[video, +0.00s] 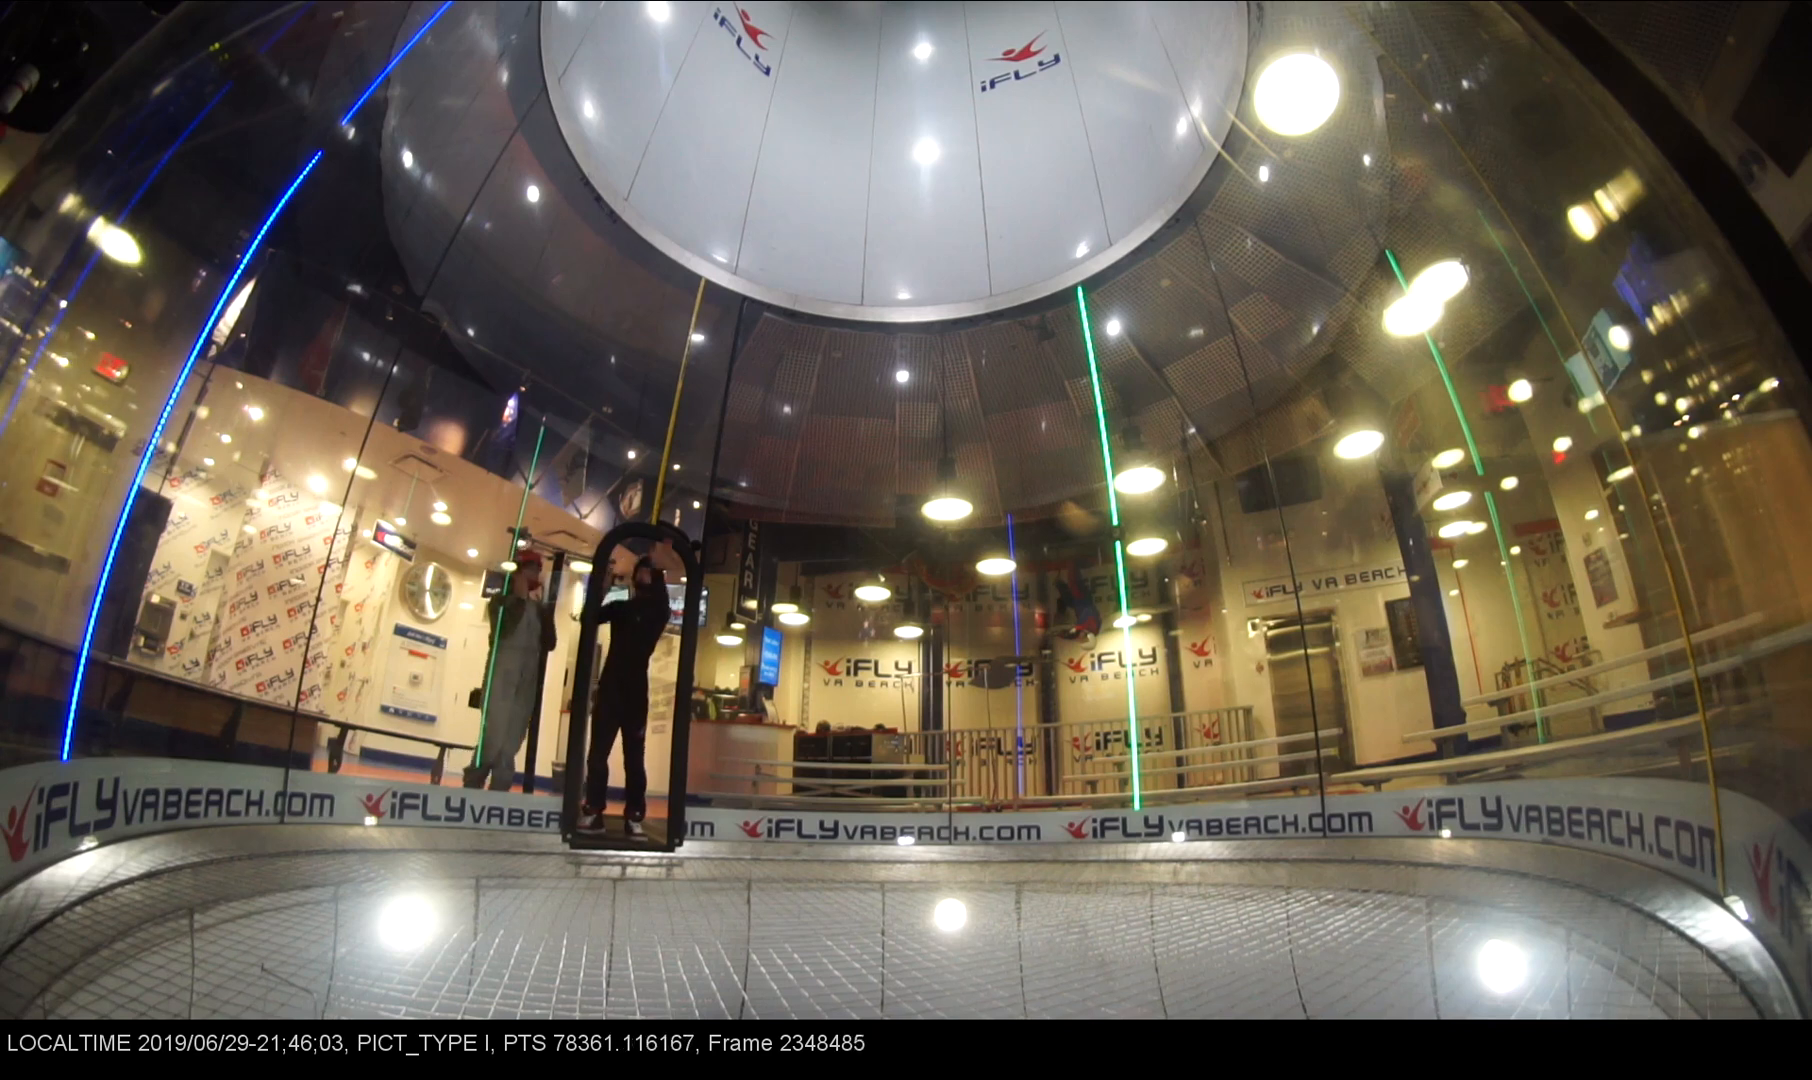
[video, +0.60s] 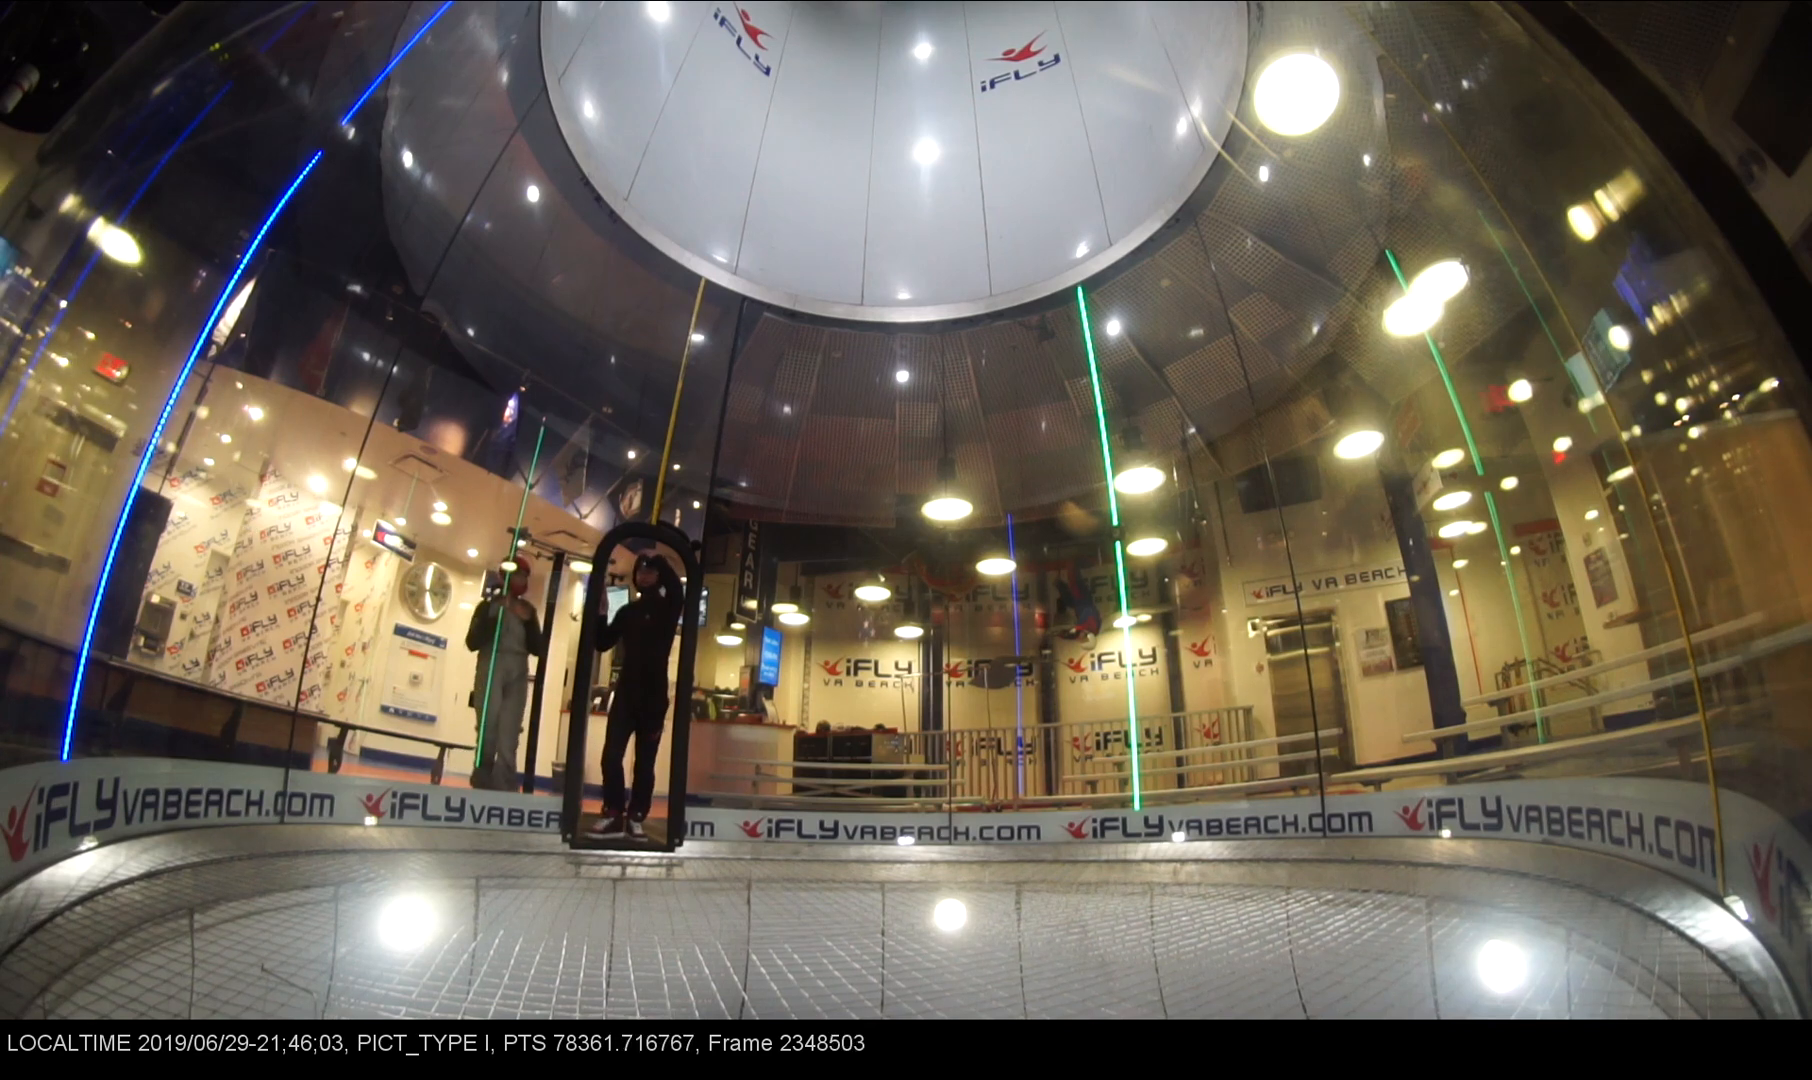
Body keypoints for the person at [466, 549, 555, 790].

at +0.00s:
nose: (536, 576)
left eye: (538, 572)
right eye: (531, 571)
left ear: (539, 577)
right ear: (517, 572)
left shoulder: (539, 609)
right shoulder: (501, 601)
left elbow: (549, 644)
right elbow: (502, 631)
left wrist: (546, 613)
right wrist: (519, 600)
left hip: (529, 675)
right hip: (503, 671)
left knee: (515, 732)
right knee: (495, 728)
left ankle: (501, 786)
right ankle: (473, 781)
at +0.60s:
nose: (522, 582)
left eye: (525, 577)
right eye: (518, 576)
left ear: (527, 581)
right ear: (506, 578)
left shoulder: (528, 611)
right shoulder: (488, 606)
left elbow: (537, 648)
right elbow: (472, 642)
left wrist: (530, 620)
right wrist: (491, 617)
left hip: (517, 674)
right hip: (490, 670)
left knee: (509, 732)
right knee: (488, 728)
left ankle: (505, 786)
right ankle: (482, 781)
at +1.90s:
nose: (557, 597)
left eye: (562, 592)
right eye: (553, 591)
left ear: (568, 596)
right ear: (545, 593)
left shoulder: (571, 624)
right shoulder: (533, 620)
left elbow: (580, 654)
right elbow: (512, 652)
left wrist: (572, 628)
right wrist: (533, 664)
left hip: (560, 682)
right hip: (536, 680)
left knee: (554, 737)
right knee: (540, 738)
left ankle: (540, 790)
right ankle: (536, 794)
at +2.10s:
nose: (560, 595)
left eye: (565, 590)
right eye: (557, 589)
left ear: (571, 596)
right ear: (550, 591)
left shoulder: (575, 625)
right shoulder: (537, 620)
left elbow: (587, 653)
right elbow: (514, 651)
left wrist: (574, 629)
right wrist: (531, 667)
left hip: (566, 681)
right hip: (540, 679)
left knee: (555, 740)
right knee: (545, 741)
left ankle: (536, 794)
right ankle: (547, 798)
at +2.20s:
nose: (562, 595)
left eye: (567, 590)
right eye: (558, 590)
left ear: (574, 595)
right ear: (550, 592)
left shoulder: (577, 626)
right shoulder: (538, 621)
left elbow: (587, 655)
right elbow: (516, 652)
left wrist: (576, 630)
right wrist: (531, 670)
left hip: (568, 684)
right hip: (542, 681)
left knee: (556, 741)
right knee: (546, 742)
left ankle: (535, 794)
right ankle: (546, 800)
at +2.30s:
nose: (563, 595)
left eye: (569, 590)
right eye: (559, 589)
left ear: (575, 596)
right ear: (551, 592)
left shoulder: (578, 626)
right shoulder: (539, 621)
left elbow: (588, 655)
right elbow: (517, 652)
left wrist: (579, 630)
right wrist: (531, 671)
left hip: (568, 684)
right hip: (543, 681)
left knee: (556, 740)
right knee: (547, 740)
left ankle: (537, 792)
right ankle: (545, 797)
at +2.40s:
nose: (563, 594)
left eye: (569, 590)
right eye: (559, 588)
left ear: (576, 596)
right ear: (552, 591)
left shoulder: (579, 626)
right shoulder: (541, 621)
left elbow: (588, 656)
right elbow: (518, 652)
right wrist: (532, 671)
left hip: (569, 685)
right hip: (543, 682)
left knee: (557, 740)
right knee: (547, 741)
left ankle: (538, 792)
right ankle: (545, 796)